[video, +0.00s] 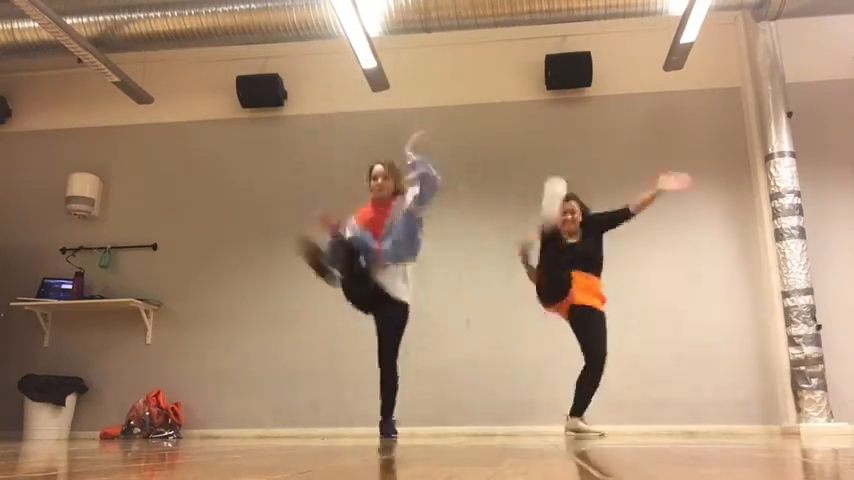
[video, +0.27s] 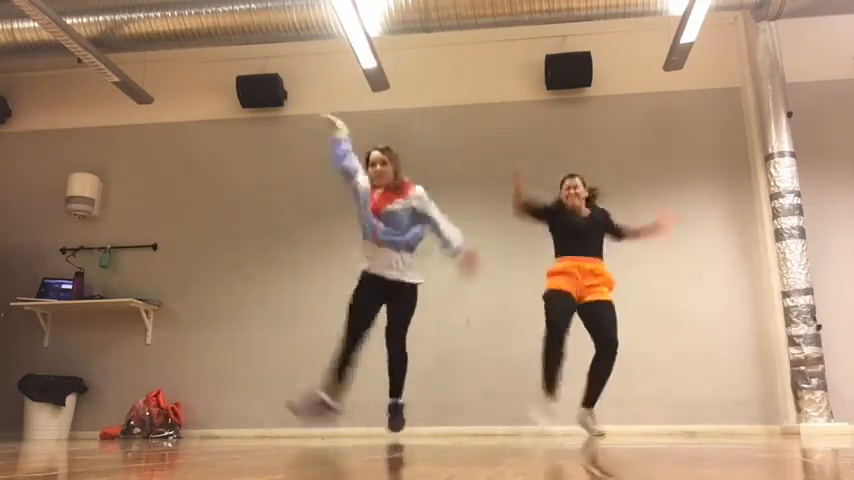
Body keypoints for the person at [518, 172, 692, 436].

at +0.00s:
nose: (570, 217)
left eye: (574, 212)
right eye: (565, 213)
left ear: (581, 213)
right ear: (557, 216)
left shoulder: (593, 225)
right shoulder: (551, 243)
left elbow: (628, 211)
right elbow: (541, 282)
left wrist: (656, 191)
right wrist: (526, 263)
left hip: (587, 298)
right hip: (558, 296)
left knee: (596, 360)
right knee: (552, 248)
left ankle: (574, 418)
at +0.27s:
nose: (572, 190)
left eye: (577, 187)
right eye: (567, 188)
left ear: (586, 192)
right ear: (561, 195)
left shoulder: (598, 215)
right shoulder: (554, 212)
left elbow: (619, 233)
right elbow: (523, 209)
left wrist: (651, 229)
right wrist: (519, 191)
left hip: (595, 282)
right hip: (563, 279)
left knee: (608, 345)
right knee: (555, 328)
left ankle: (587, 409)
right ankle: (549, 396)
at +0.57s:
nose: (573, 196)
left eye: (576, 191)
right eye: (568, 192)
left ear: (584, 195)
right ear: (561, 198)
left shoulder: (599, 216)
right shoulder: (557, 225)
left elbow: (620, 216)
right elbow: (526, 247)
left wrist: (631, 200)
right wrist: (534, 219)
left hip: (592, 292)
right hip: (563, 285)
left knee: (601, 355)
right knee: (536, 261)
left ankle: (601, 418)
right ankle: (533, 329)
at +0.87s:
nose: (563, 181)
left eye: (567, 176)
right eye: (559, 177)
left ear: (576, 179)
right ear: (551, 180)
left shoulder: (585, 204)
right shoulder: (543, 197)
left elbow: (615, 213)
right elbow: (518, 189)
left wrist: (610, 186)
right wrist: (498, 175)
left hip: (573, 269)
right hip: (543, 271)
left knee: (605, 254)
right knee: (519, 315)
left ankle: (604, 314)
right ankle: (517, 389)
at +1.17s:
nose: (546, 206)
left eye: (549, 200)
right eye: (542, 203)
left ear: (562, 196)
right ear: (539, 206)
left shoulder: (584, 219)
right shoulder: (542, 221)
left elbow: (603, 207)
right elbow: (519, 188)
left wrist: (573, 186)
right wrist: (544, 167)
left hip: (578, 291)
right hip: (544, 290)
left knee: (597, 350)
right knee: (524, 349)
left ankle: (615, 417)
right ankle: (516, 411)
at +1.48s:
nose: (526, 223)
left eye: (528, 217)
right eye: (525, 218)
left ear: (544, 212)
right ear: (539, 216)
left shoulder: (569, 218)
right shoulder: (549, 243)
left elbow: (594, 218)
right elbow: (546, 278)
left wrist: (612, 215)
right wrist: (537, 298)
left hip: (591, 295)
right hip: (561, 296)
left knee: (602, 355)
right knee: (512, 305)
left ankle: (622, 417)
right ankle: (543, 359)